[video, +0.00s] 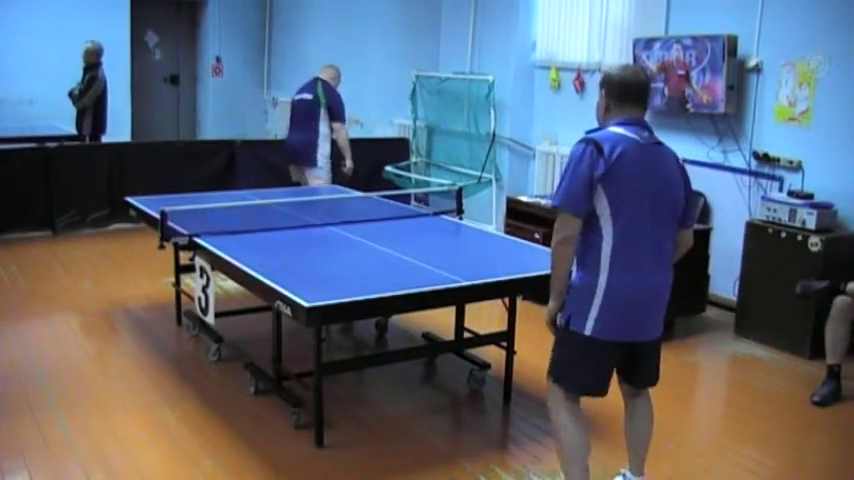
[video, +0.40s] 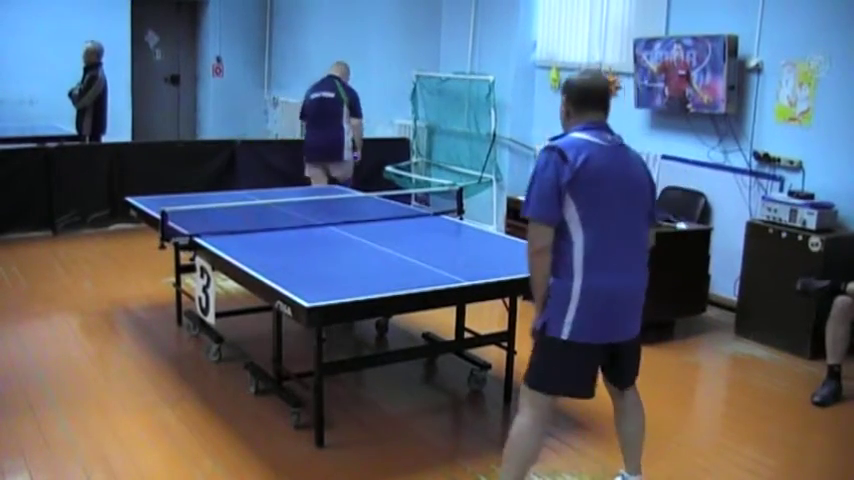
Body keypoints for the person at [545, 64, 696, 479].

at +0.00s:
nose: (597, 104)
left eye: (599, 98)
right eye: (601, 98)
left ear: (604, 100)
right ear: (644, 104)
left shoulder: (595, 149)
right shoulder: (670, 159)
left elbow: (565, 232)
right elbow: (684, 239)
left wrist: (556, 296)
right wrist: (648, 268)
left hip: (598, 302)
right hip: (650, 303)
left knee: (561, 392)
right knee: (637, 389)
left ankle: (576, 476)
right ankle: (635, 474)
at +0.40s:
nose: (560, 111)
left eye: (561, 105)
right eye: (563, 105)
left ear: (566, 107)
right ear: (605, 108)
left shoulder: (559, 155)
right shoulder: (635, 161)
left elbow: (540, 243)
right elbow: (645, 238)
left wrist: (541, 305)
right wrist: (620, 287)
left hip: (575, 308)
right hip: (627, 308)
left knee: (534, 403)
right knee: (624, 388)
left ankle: (509, 475)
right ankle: (632, 474)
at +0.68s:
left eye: (517, 98)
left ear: (517, 101)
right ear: (562, 101)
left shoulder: (502, 155)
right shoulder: (595, 156)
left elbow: (477, 240)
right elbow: (616, 232)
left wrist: (475, 304)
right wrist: (588, 273)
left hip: (525, 307)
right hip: (586, 305)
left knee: (499, 399)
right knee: (599, 389)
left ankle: (495, 475)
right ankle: (613, 474)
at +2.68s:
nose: (522, 96)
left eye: (523, 89)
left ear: (522, 92)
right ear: (568, 94)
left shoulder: (502, 147)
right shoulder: (595, 152)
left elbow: (476, 234)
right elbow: (613, 230)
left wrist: (469, 297)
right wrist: (608, 284)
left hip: (517, 303)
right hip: (576, 301)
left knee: (500, 396)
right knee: (581, 388)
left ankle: (498, 475)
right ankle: (588, 474)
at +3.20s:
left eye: (522, 91)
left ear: (521, 94)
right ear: (568, 94)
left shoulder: (500, 148)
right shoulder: (593, 153)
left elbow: (471, 235)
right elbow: (611, 231)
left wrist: (462, 298)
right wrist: (608, 291)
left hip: (513, 307)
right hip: (573, 307)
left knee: (497, 400)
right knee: (581, 394)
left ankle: (496, 476)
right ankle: (588, 476)